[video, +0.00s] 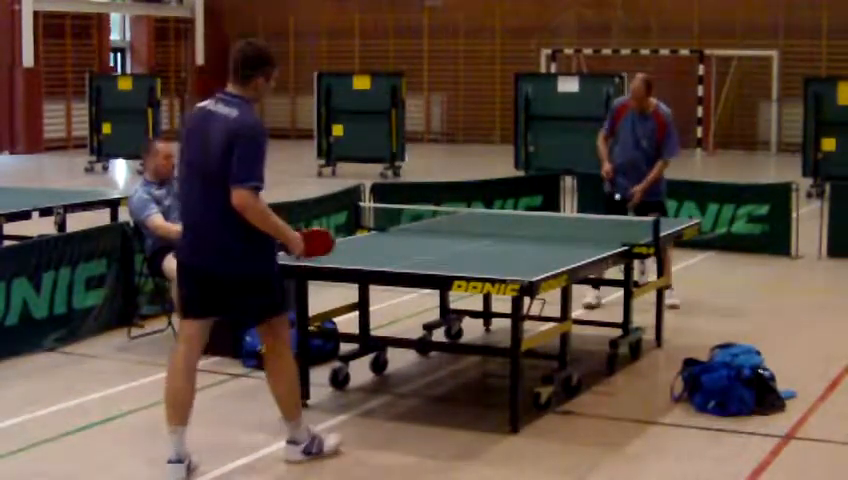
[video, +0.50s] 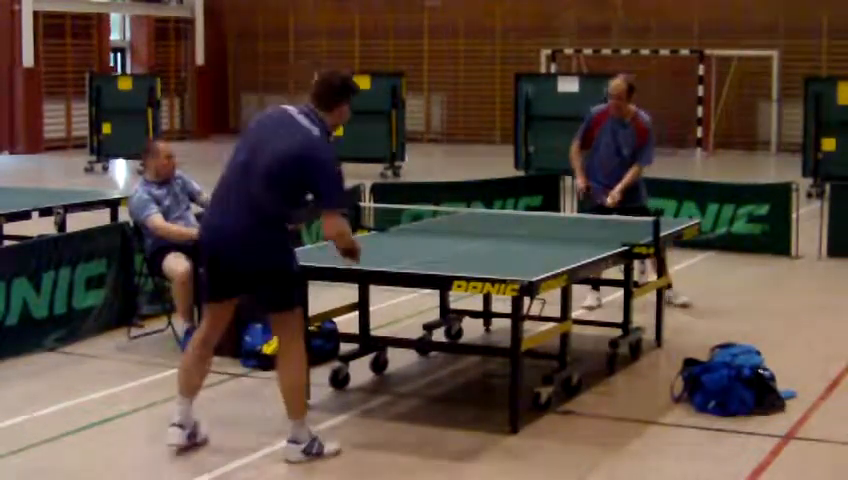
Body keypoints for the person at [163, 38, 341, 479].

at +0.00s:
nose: (271, 85)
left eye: (270, 78)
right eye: (271, 79)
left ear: (231, 72)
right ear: (263, 79)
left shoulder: (197, 115)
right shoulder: (248, 124)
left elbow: (188, 185)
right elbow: (244, 197)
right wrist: (287, 235)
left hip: (196, 253)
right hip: (245, 255)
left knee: (188, 345)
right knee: (276, 337)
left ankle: (176, 454)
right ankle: (300, 438)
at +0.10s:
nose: (295, 92)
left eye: (294, 86)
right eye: (295, 87)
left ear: (256, 78)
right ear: (285, 86)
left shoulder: (220, 116)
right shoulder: (270, 129)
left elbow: (210, 189)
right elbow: (266, 203)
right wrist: (304, 239)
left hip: (208, 252)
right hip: (257, 256)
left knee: (201, 348)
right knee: (285, 338)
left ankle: (179, 451)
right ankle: (300, 437)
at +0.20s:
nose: (318, 104)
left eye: (318, 97)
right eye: (318, 98)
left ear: (282, 87)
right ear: (311, 96)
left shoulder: (239, 118)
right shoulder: (291, 139)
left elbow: (226, 182)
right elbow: (292, 212)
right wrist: (322, 251)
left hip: (213, 246)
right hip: (264, 252)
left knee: (211, 339)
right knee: (289, 340)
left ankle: (178, 440)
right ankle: (300, 437)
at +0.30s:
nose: (336, 113)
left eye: (337, 106)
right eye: (338, 107)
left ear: (304, 93)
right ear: (332, 105)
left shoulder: (267, 116)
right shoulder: (308, 147)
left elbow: (246, 178)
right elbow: (311, 221)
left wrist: (285, 220)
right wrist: (335, 254)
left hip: (215, 239)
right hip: (263, 245)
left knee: (215, 337)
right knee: (290, 337)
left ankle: (180, 423)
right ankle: (300, 436)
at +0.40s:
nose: (348, 120)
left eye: (349, 113)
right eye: (349, 113)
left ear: (315, 100)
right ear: (341, 111)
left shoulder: (273, 118)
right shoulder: (319, 149)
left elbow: (252, 178)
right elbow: (333, 232)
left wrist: (287, 217)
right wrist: (347, 257)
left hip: (216, 235)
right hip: (264, 243)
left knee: (213, 329)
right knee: (289, 336)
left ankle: (181, 421)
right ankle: (299, 436)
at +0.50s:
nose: (347, 117)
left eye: (348, 110)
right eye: (348, 110)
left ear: (313, 97)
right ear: (340, 109)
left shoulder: (273, 116)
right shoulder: (319, 150)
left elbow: (257, 176)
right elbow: (334, 228)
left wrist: (291, 215)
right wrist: (349, 247)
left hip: (216, 234)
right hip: (264, 242)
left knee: (211, 325)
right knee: (290, 334)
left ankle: (182, 421)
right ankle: (300, 436)